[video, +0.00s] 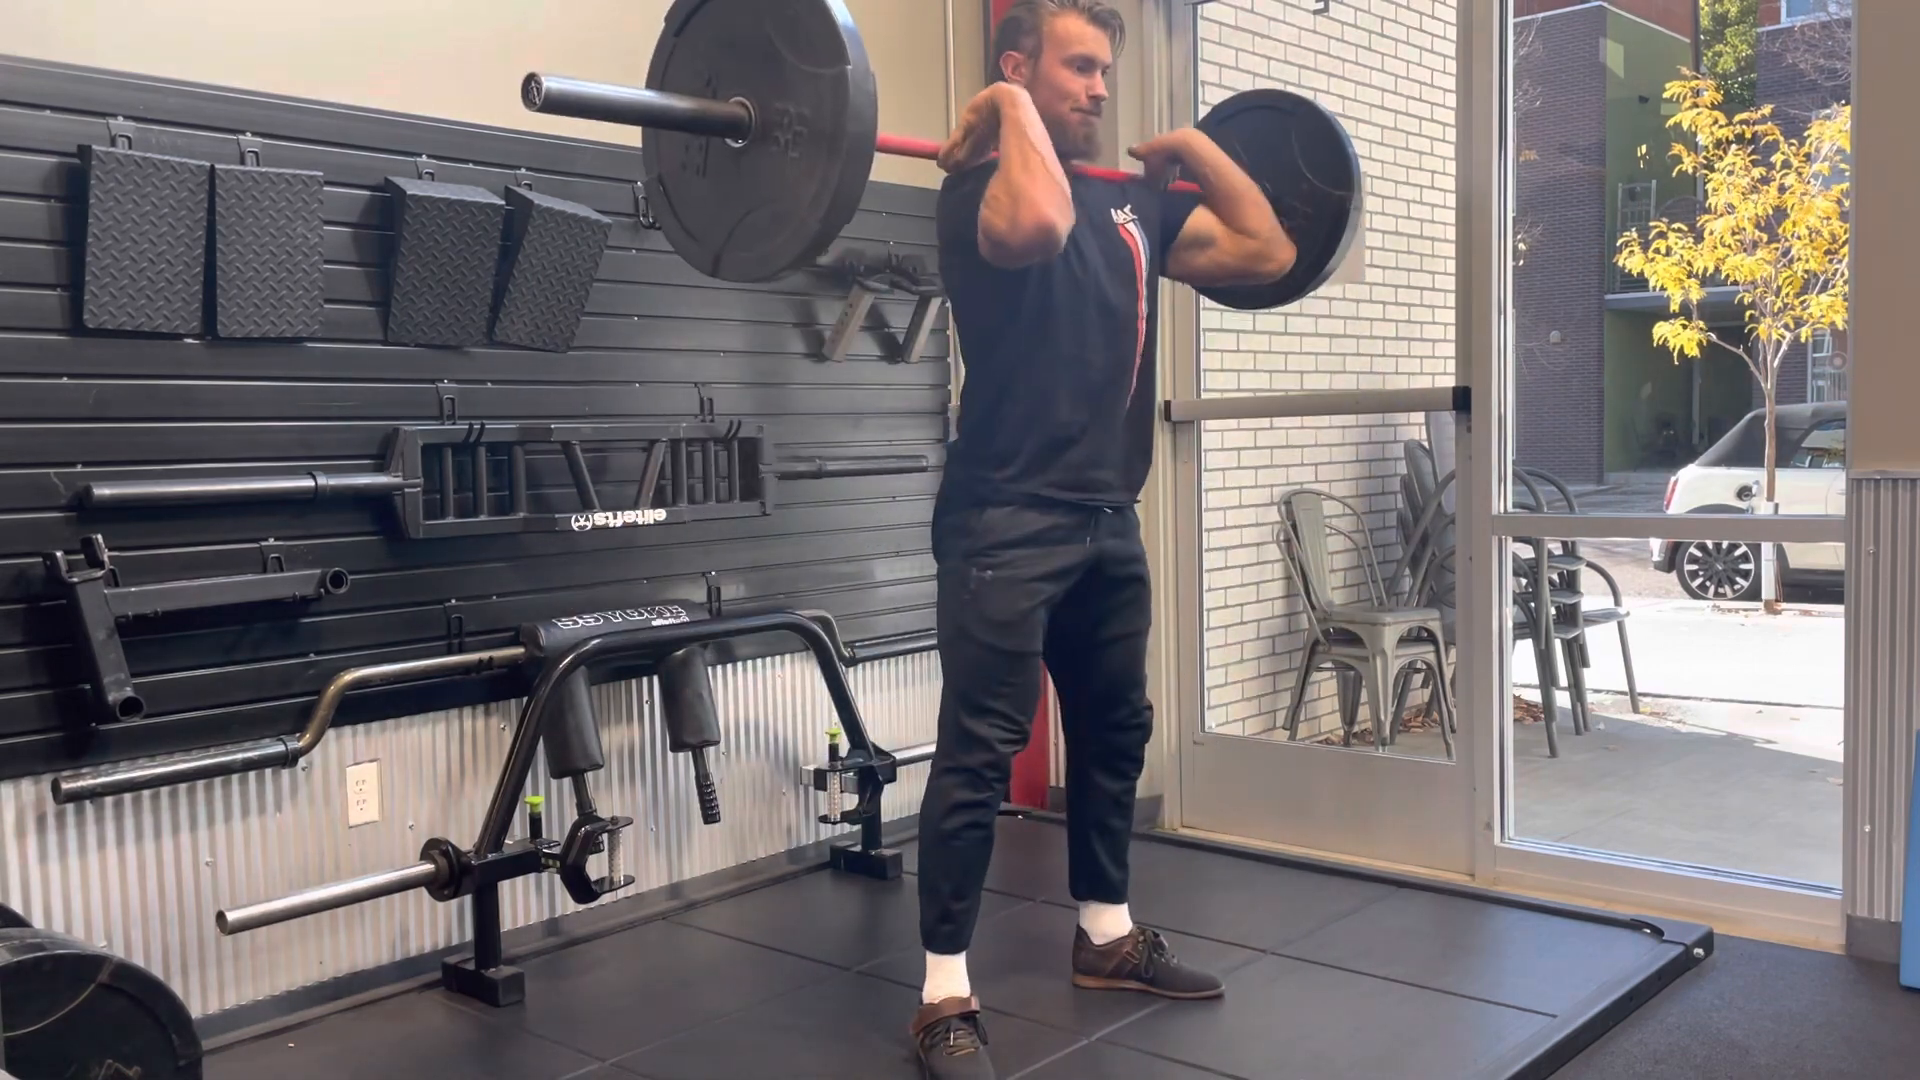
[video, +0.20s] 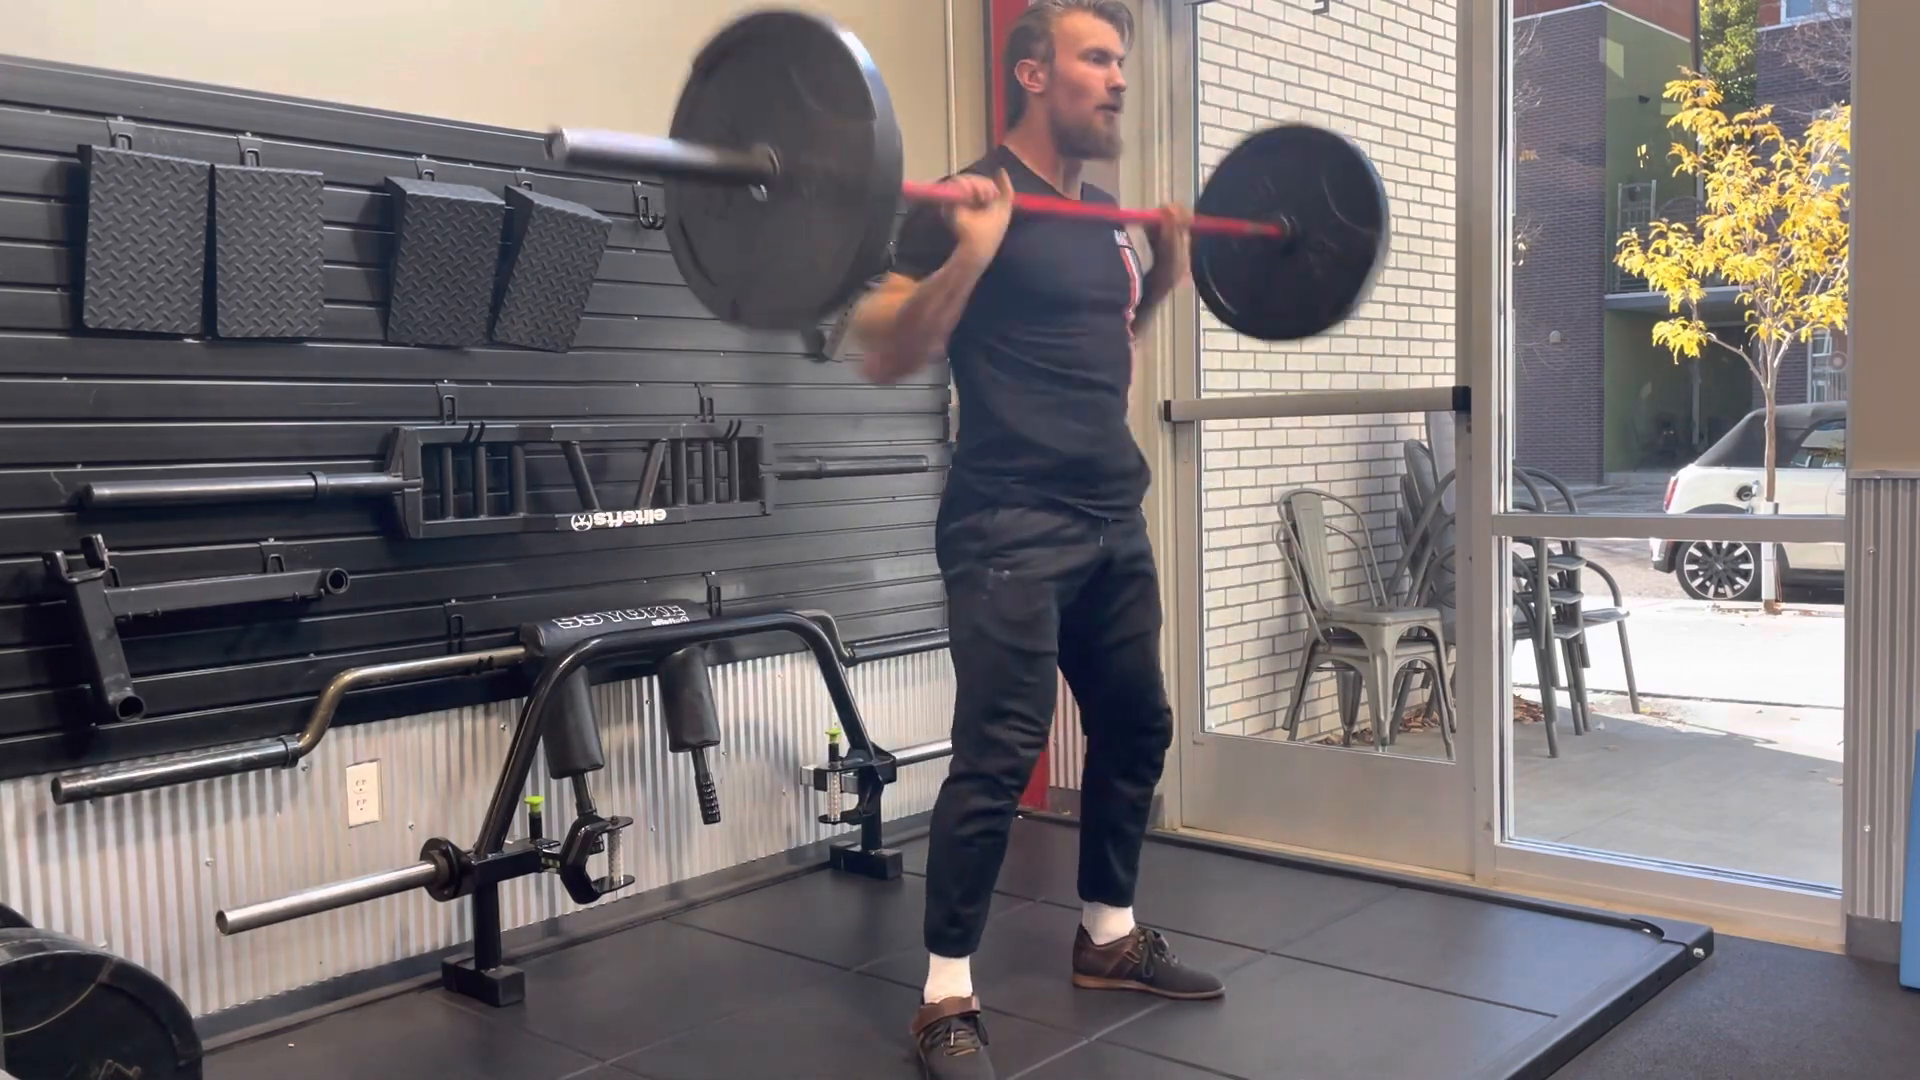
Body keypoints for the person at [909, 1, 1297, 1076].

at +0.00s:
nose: (1100, 88)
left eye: (1106, 72)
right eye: (1082, 65)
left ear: (1102, 90)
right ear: (1020, 73)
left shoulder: (1128, 201)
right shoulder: (972, 186)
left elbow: (1264, 247)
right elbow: (1040, 226)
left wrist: (1191, 145)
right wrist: (1009, 101)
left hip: (1106, 518)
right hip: (1004, 518)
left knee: (1115, 732)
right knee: (980, 745)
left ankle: (1105, 939)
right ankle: (946, 993)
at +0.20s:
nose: (1119, 81)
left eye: (1122, 64)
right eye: (1098, 59)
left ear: (1108, 87)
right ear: (1030, 76)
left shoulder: (1104, 212)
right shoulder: (962, 199)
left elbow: (1101, 347)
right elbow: (881, 355)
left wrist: (1165, 277)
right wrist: (970, 257)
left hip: (1112, 519)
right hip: (1008, 520)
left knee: (1136, 728)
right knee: (1000, 746)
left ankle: (1108, 937)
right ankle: (947, 992)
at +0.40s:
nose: (1116, 96)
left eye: (1120, 79)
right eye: (1094, 76)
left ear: (1113, 99)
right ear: (1026, 90)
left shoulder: (1120, 215)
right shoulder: (965, 205)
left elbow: (1151, 311)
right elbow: (859, 303)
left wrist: (1179, 397)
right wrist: (972, 404)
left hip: (1067, 518)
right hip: (964, 522)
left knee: (1104, 724)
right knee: (994, 736)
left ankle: (1085, 943)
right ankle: (953, 988)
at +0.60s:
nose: (1181, 205)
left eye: (1181, 190)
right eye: (1156, 189)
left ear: (1176, 215)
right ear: (1092, 216)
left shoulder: (1161, 348)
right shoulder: (1025, 338)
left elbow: (1141, 453)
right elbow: (892, 455)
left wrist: (1153, 563)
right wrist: (950, 597)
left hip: (1049, 585)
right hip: (945, 591)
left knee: (1159, 745)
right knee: (1015, 770)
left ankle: (1090, 944)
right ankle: (956, 998)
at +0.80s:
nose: (1125, 150)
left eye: (1125, 133)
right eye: (1099, 131)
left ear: (1117, 160)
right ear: (1034, 156)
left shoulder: (1125, 300)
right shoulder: (978, 292)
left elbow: (1132, 431)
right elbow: (890, 437)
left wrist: (1161, 550)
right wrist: (953, 582)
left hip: (1065, 569)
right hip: (960, 575)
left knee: (1156, 743)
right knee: (1024, 765)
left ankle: (1091, 945)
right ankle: (959, 1000)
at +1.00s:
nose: (1076, 82)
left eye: (1077, 67)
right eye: (1053, 64)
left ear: (1069, 91)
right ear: (989, 86)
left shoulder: (1097, 237)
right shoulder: (947, 224)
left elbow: (1129, 388)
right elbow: (909, 397)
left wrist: (1159, 521)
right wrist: (950, 543)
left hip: (1074, 529)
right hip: (974, 533)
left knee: (1117, 725)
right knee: (994, 744)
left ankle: (1086, 939)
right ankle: (956, 993)